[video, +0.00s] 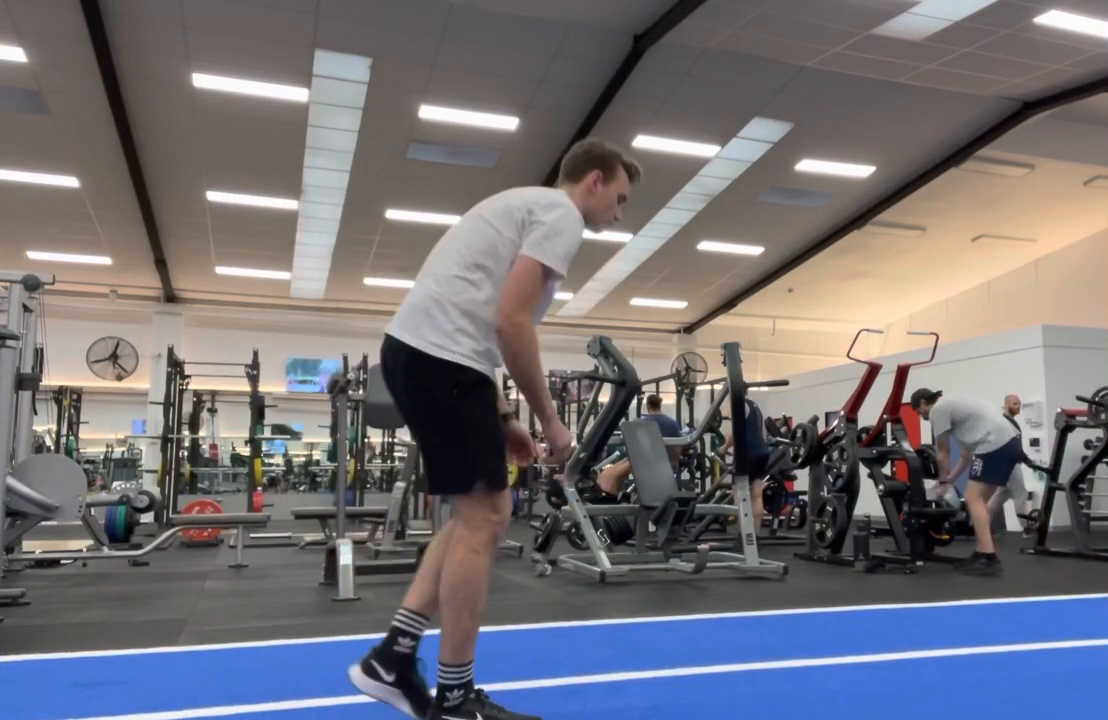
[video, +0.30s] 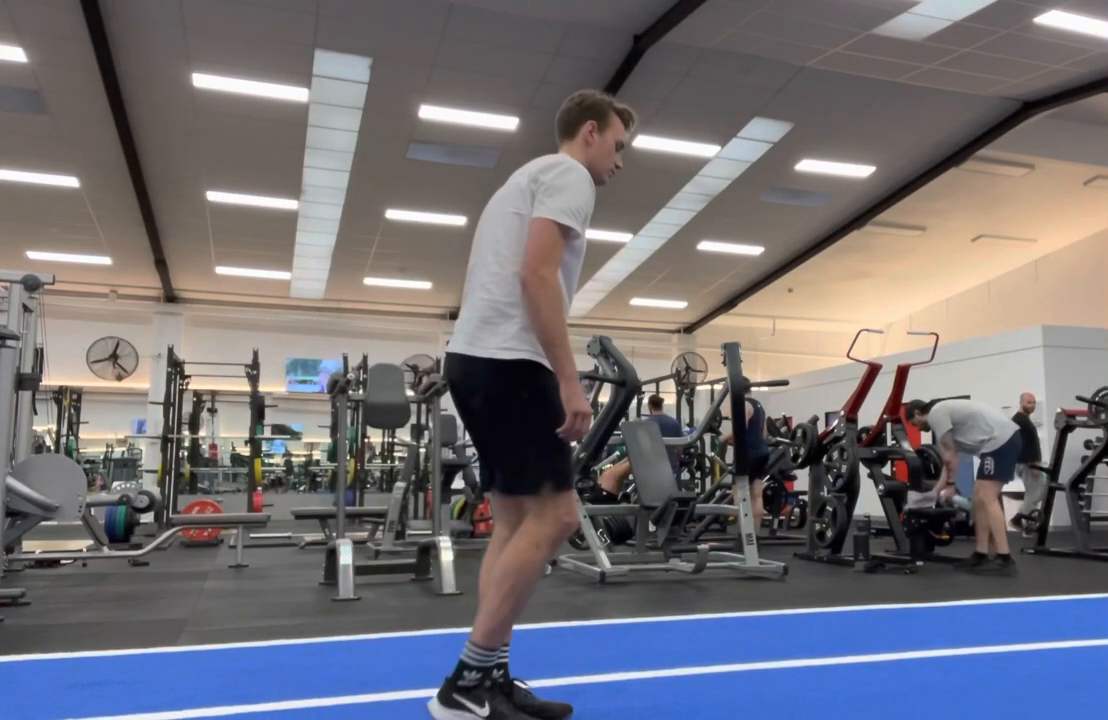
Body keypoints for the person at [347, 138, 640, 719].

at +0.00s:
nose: (616, 215)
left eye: (622, 205)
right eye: (618, 200)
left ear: (581, 179)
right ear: (594, 180)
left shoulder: (518, 205)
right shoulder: (558, 212)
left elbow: (461, 328)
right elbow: (513, 319)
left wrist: (499, 423)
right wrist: (548, 417)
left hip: (418, 350)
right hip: (444, 356)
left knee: (479, 512)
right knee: (483, 517)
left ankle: (395, 653)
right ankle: (454, 697)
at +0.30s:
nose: (620, 160)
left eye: (624, 149)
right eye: (618, 144)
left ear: (576, 133)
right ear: (589, 130)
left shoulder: (526, 179)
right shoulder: (567, 175)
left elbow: (494, 285)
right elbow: (538, 272)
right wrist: (569, 377)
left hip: (477, 361)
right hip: (510, 361)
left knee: (511, 520)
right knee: (556, 514)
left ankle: (493, 675)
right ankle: (471, 674)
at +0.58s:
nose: (663, 160)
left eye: (666, 149)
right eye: (662, 145)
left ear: (625, 133)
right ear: (634, 132)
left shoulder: (574, 176)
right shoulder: (609, 172)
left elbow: (555, 283)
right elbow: (572, 268)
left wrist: (600, 370)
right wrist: (605, 370)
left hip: (520, 360)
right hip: (554, 359)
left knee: (535, 521)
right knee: (593, 514)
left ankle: (492, 680)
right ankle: (605, 685)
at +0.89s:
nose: (736, 243)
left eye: (742, 235)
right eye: (739, 229)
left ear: (701, 203)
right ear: (720, 208)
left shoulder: (642, 223)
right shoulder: (690, 233)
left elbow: (573, 310)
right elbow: (638, 319)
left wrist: (542, 419)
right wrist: (623, 429)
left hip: (544, 364)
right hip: (568, 367)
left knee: (629, 509)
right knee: (618, 517)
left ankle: (633, 662)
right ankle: (607, 692)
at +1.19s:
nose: (777, 345)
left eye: (785, 337)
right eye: (782, 333)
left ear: (757, 303)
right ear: (767, 308)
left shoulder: (699, 298)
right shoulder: (731, 316)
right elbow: (670, 403)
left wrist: (542, 466)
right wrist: (640, 505)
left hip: (549, 361)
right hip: (576, 371)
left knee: (632, 518)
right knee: (635, 520)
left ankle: (670, 670)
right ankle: (609, 692)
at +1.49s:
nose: (777, 416)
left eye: (786, 409)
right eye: (787, 403)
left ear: (774, 369)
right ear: (779, 374)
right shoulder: (747, 371)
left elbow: (628, 472)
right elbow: (697, 483)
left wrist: (594, 560)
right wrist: (682, 599)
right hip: (581, 362)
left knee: (641, 518)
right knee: (645, 519)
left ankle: (671, 672)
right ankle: (610, 690)